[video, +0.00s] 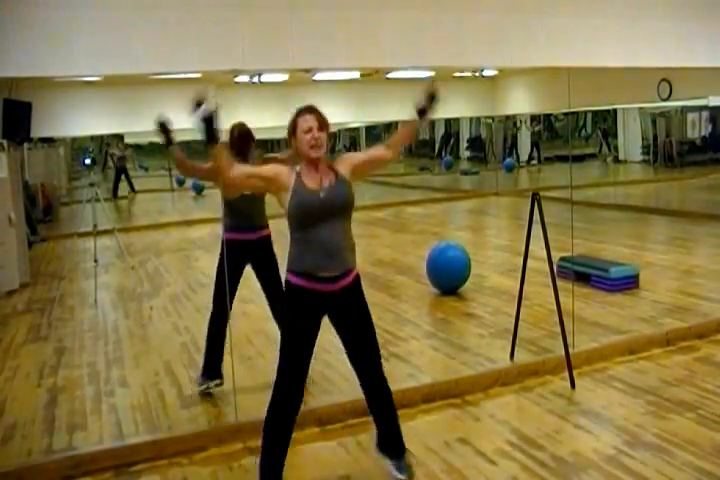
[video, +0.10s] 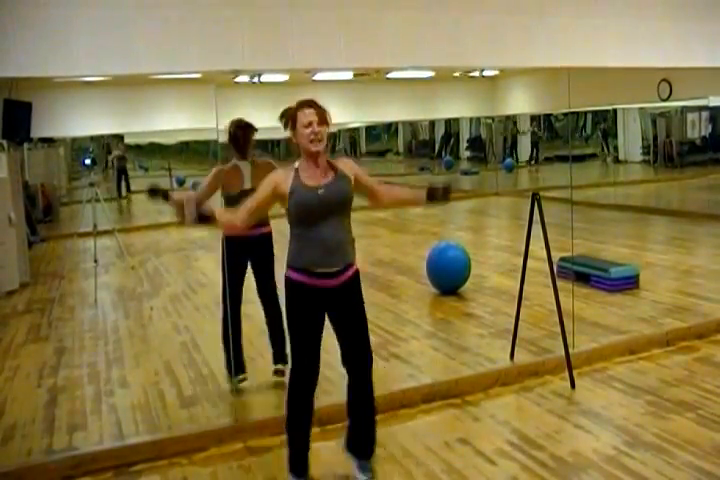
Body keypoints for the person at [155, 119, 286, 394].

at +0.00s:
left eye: (234, 141)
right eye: (246, 140)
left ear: (230, 143)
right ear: (253, 144)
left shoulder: (222, 170)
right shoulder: (265, 166)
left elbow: (185, 167)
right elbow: (295, 157)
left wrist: (170, 141)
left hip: (234, 244)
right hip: (262, 242)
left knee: (221, 308)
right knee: (279, 304)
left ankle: (212, 374)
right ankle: (299, 359)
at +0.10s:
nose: (247, 143)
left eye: (238, 138)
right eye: (249, 138)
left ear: (230, 142)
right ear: (252, 140)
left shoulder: (223, 172)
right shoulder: (268, 166)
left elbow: (199, 197)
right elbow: (284, 193)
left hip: (234, 241)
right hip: (263, 238)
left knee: (232, 303)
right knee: (269, 297)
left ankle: (236, 369)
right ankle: (280, 359)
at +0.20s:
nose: (247, 155)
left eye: (236, 151)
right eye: (251, 151)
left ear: (230, 154)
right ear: (252, 153)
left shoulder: (227, 187)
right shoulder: (265, 183)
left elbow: (219, 228)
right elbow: (277, 220)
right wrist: (278, 249)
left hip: (237, 253)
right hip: (263, 250)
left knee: (239, 310)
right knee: (264, 309)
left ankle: (253, 372)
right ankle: (268, 369)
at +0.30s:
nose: (239, 158)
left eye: (234, 154)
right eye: (245, 153)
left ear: (230, 157)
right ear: (251, 156)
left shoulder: (227, 190)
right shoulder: (265, 186)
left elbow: (225, 233)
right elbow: (275, 222)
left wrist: (211, 258)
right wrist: (281, 251)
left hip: (237, 258)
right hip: (263, 255)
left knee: (238, 317)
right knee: (266, 313)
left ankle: (251, 375)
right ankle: (269, 373)